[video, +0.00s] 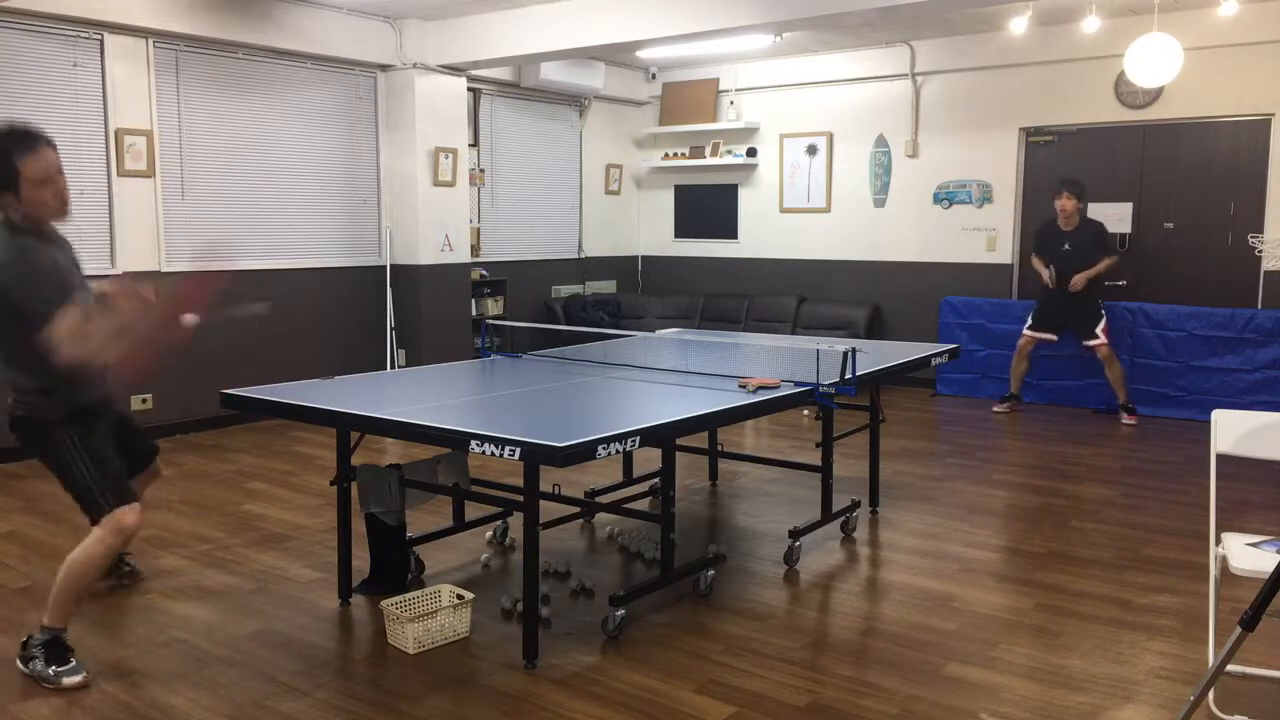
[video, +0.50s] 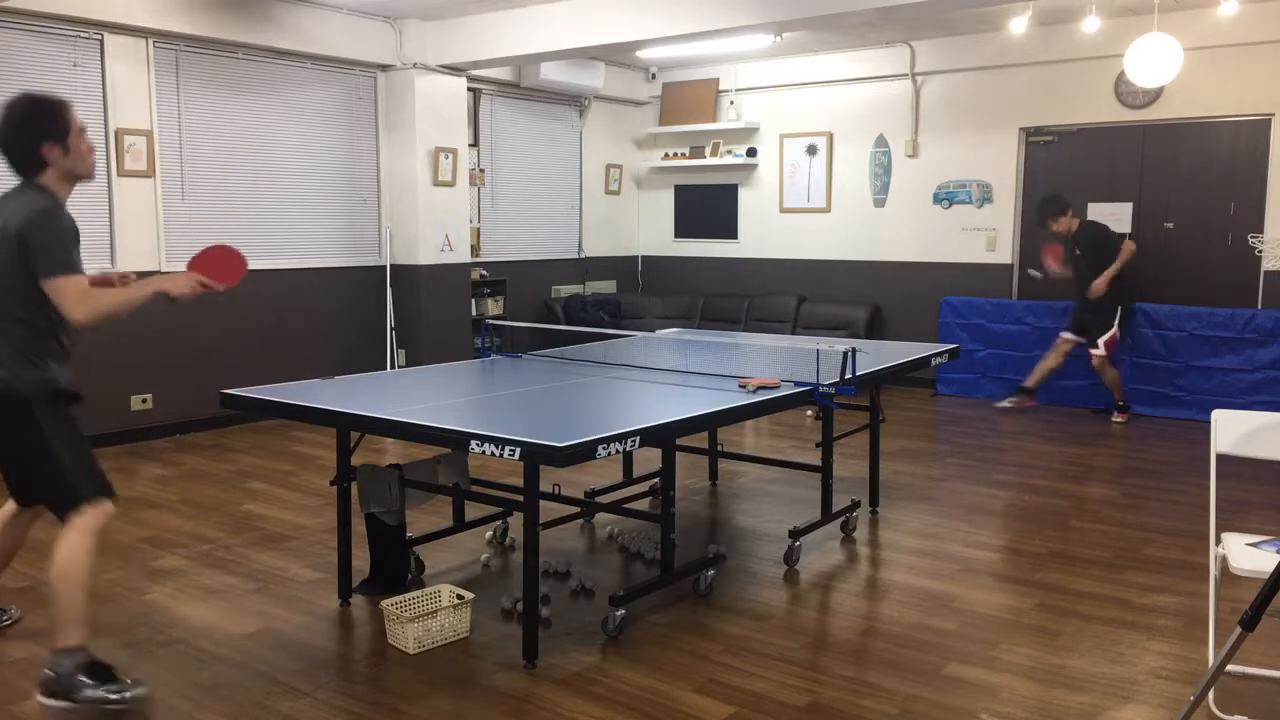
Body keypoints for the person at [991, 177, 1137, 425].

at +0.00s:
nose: (1061, 205)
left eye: (1068, 200)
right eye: (1058, 199)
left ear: (1080, 204)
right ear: (1054, 203)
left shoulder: (1094, 229)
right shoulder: (1045, 230)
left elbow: (1112, 258)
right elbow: (1035, 257)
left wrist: (1086, 275)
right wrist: (1044, 271)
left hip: (1085, 300)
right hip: (1052, 299)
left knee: (1105, 352)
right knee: (1023, 345)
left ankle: (1125, 404)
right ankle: (1013, 396)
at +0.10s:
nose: (1065, 208)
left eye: (1071, 203)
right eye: (1061, 203)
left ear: (1082, 207)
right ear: (1056, 206)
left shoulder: (1096, 232)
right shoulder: (1046, 232)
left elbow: (1110, 260)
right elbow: (1033, 261)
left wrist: (1089, 276)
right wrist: (1045, 274)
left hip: (1087, 302)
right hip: (1053, 300)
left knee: (1106, 352)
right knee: (1023, 347)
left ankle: (1125, 404)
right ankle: (1012, 396)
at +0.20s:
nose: (1070, 213)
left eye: (1077, 208)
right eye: (1067, 207)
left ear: (1088, 211)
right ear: (1062, 210)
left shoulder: (1101, 236)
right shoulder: (1051, 235)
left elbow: (1111, 265)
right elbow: (1034, 268)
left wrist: (1091, 280)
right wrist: (1054, 283)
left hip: (1088, 303)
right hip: (1053, 301)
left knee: (1110, 352)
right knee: (1023, 349)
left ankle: (1125, 404)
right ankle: (1012, 396)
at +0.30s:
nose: (1070, 214)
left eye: (1076, 209)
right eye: (1067, 208)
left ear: (1087, 212)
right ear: (1061, 211)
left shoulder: (1102, 236)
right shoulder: (1053, 236)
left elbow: (1113, 266)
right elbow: (1035, 266)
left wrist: (1090, 281)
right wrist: (1049, 276)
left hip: (1089, 304)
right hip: (1054, 303)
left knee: (1111, 354)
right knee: (1023, 350)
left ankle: (1125, 404)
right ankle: (1010, 395)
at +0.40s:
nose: (1058, 219)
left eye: (1063, 213)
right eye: (1056, 214)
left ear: (1077, 212)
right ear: (1055, 215)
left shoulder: (1102, 233)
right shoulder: (1060, 235)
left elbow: (1122, 262)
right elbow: (1053, 264)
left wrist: (1091, 281)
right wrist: (1039, 258)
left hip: (1096, 306)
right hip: (1065, 303)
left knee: (1103, 359)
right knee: (1035, 347)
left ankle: (1120, 404)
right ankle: (1010, 395)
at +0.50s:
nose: (1055, 230)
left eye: (1055, 224)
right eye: (1051, 227)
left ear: (1065, 215)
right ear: (1053, 224)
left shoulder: (1093, 230)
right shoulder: (1071, 240)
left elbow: (1129, 247)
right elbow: (1082, 269)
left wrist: (1106, 277)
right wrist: (1059, 271)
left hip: (1111, 303)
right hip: (1088, 302)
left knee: (1099, 360)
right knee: (1061, 346)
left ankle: (1122, 405)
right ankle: (1025, 392)